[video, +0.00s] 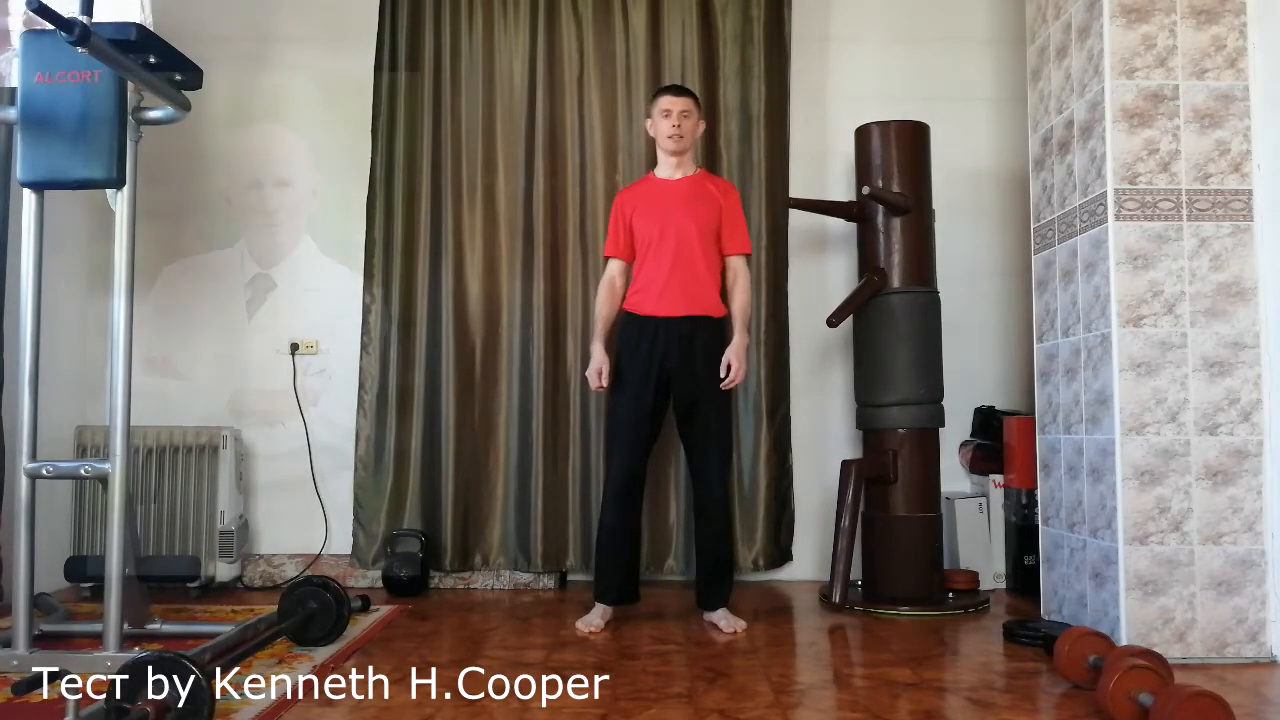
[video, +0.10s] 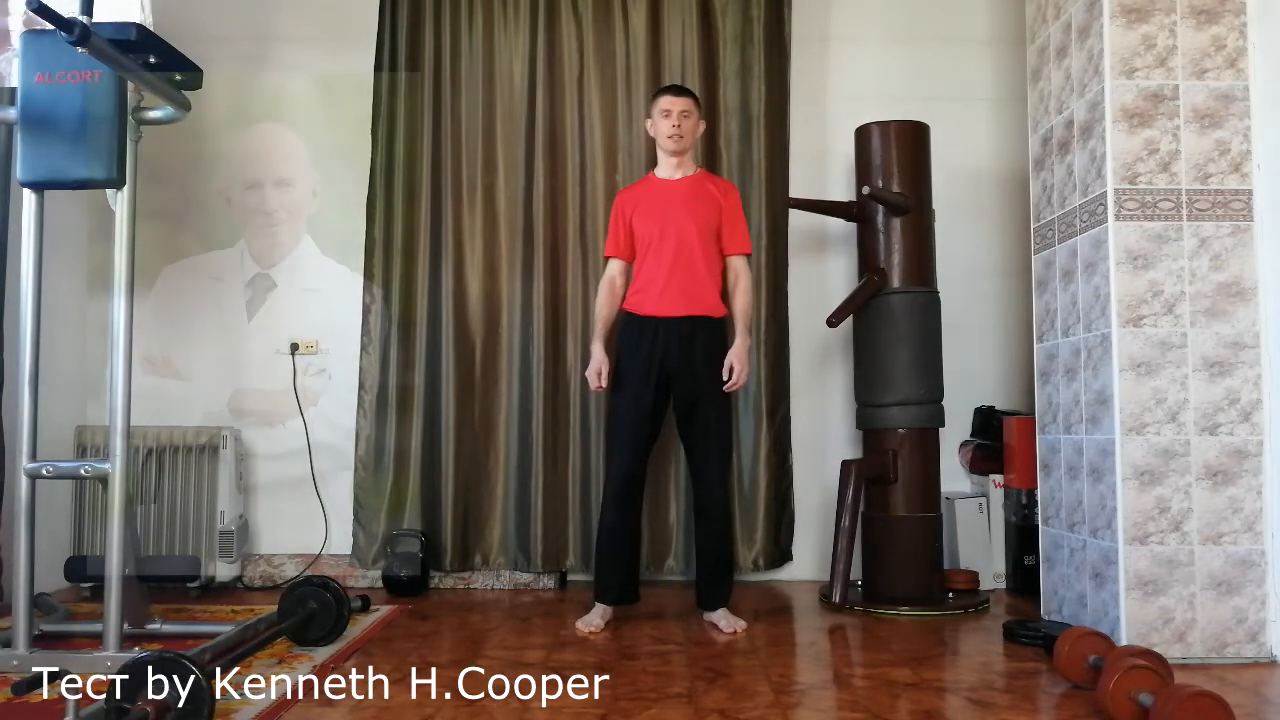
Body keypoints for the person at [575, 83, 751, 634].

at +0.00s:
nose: (675, 123)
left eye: (685, 115)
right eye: (665, 115)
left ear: (701, 128)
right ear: (648, 127)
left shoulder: (720, 192)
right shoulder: (629, 199)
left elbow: (738, 272)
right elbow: (615, 276)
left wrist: (740, 338)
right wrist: (599, 342)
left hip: (704, 340)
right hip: (640, 338)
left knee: (712, 475)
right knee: (623, 473)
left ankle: (714, 602)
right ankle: (609, 598)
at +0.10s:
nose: (676, 122)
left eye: (686, 115)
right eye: (666, 115)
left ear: (701, 128)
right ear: (649, 127)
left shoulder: (721, 192)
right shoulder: (630, 198)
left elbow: (739, 272)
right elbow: (615, 276)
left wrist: (742, 340)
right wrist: (599, 343)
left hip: (704, 340)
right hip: (640, 338)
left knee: (712, 475)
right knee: (623, 472)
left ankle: (714, 603)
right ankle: (608, 598)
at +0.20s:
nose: (675, 122)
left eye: (685, 115)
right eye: (665, 115)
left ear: (701, 128)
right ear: (648, 127)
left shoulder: (720, 192)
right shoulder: (629, 198)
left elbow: (739, 272)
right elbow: (614, 276)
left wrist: (743, 341)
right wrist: (598, 342)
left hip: (704, 339)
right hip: (640, 338)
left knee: (712, 475)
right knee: (623, 472)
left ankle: (714, 603)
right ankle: (609, 598)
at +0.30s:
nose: (675, 122)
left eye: (685, 115)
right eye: (665, 115)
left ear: (700, 128)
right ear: (648, 127)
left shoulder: (720, 191)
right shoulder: (629, 198)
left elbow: (739, 271)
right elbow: (613, 275)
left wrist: (742, 339)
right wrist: (596, 341)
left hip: (703, 339)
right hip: (639, 338)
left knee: (711, 475)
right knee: (623, 472)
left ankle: (714, 603)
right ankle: (608, 598)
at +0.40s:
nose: (674, 122)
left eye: (684, 115)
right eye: (664, 114)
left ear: (699, 128)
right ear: (647, 127)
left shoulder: (719, 192)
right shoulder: (627, 198)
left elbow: (738, 271)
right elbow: (611, 275)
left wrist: (740, 338)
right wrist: (594, 340)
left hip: (702, 339)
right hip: (637, 338)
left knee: (711, 474)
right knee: (623, 472)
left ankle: (714, 602)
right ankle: (609, 598)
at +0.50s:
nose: (673, 122)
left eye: (683, 115)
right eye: (663, 114)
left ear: (698, 128)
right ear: (646, 128)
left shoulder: (719, 192)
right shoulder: (627, 197)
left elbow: (737, 271)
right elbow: (610, 274)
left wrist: (738, 336)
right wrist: (593, 338)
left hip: (702, 339)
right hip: (637, 338)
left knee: (711, 474)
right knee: (622, 472)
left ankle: (714, 602)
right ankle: (609, 597)